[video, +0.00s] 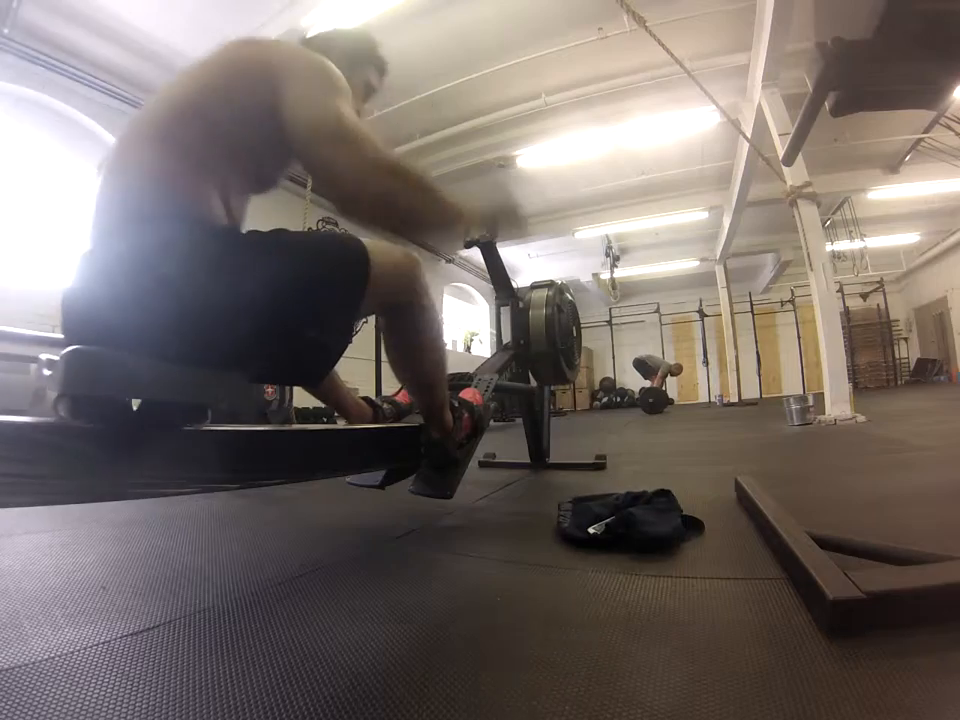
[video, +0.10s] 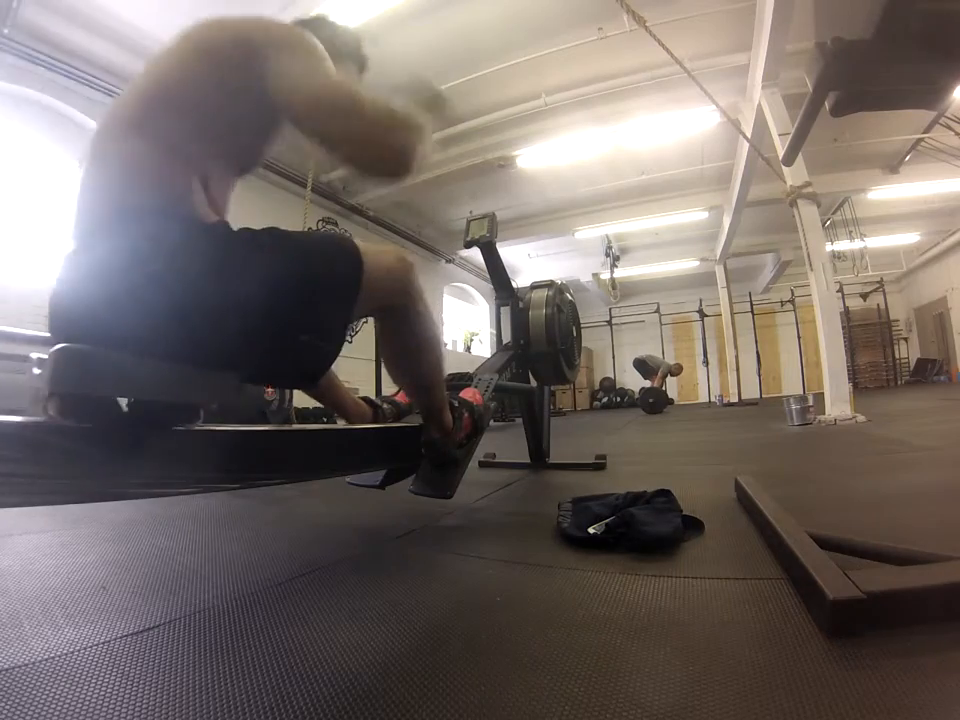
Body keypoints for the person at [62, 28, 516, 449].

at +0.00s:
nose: (362, 115)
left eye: (370, 102)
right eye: (366, 93)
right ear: (342, 61)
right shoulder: (298, 66)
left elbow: (242, 279)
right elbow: (360, 178)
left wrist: (341, 401)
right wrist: (463, 218)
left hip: (100, 294)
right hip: (170, 279)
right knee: (401, 274)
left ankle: (359, 409)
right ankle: (442, 426)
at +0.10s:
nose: (342, 95)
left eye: (349, 86)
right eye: (346, 78)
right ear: (326, 50)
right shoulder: (277, 40)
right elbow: (392, 152)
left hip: (82, 293)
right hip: (163, 275)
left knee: (271, 312)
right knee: (397, 276)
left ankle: (363, 415)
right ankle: (444, 428)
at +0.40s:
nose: (273, 79)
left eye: (281, 74)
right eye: (282, 61)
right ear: (267, 22)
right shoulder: (217, 10)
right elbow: (382, 52)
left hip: (53, 273)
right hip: (129, 256)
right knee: (370, 292)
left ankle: (368, 427)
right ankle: (444, 431)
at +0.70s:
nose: (239, 54)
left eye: (242, 52)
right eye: (236, 42)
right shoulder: (178, 8)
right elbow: (344, 42)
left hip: (20, 239)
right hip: (98, 231)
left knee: (267, 346)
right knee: (346, 313)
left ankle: (364, 426)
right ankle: (445, 429)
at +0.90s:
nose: (220, 56)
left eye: (226, 53)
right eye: (225, 42)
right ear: (202, 12)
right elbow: (337, 41)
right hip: (90, 229)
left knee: (267, 360)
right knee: (334, 332)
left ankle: (373, 435)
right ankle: (449, 428)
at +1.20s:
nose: (242, 70)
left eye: (241, 67)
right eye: (238, 56)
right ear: (221, 21)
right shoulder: (199, 4)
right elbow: (351, 72)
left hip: (20, 236)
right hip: (104, 231)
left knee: (241, 329)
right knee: (343, 320)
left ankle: (360, 420)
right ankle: (447, 430)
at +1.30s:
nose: (259, 76)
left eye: (259, 67)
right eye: (259, 53)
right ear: (248, 16)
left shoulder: (124, 36)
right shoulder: (225, 8)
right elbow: (364, 100)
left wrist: (238, 76)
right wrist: (345, 56)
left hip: (30, 254)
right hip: (121, 244)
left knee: (257, 336)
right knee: (351, 305)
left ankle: (363, 418)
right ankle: (446, 426)